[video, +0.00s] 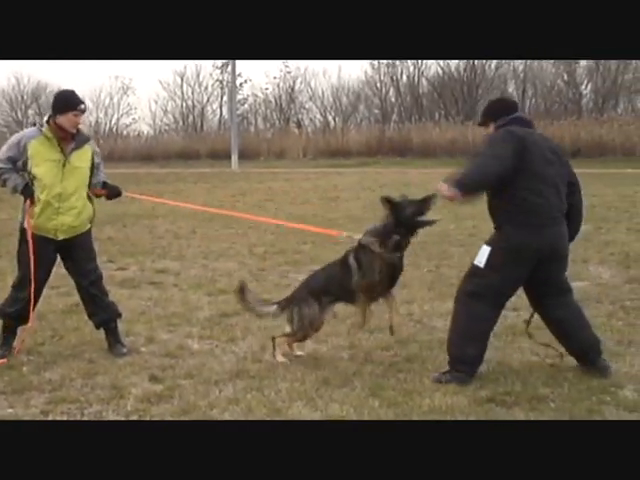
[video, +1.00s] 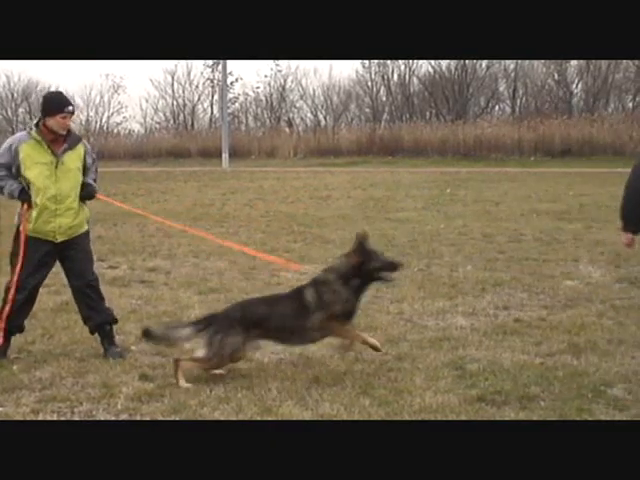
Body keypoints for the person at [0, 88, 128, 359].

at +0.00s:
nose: (79, 119)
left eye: (81, 114)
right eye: (74, 114)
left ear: (80, 116)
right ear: (57, 115)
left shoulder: (87, 145)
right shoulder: (28, 140)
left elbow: (96, 176)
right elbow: (4, 166)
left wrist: (101, 188)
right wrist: (21, 185)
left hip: (77, 229)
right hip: (38, 230)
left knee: (91, 283)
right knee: (28, 286)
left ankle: (113, 335)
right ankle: (7, 335)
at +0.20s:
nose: (78, 117)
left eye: (81, 112)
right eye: (74, 111)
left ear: (80, 114)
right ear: (57, 111)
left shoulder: (89, 143)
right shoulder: (27, 136)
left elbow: (98, 174)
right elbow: (6, 160)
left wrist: (104, 185)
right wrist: (20, 180)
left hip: (76, 225)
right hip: (37, 226)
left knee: (90, 279)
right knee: (25, 282)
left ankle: (110, 333)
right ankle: (6, 333)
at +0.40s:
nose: (73, 116)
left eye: (76, 111)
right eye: (68, 111)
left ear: (77, 113)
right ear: (52, 111)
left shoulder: (83, 142)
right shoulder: (22, 136)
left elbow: (92, 172)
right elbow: (2, 164)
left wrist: (96, 184)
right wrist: (16, 181)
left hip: (74, 227)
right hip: (35, 227)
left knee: (88, 280)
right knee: (22, 284)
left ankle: (107, 334)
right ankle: (2, 329)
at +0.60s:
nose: (60, 119)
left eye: (63, 114)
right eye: (55, 114)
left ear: (64, 116)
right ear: (39, 114)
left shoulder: (70, 145)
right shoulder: (10, 143)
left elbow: (83, 174)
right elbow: (0, 173)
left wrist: (88, 190)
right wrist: (8, 189)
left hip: (67, 227)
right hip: (25, 231)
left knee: (87, 278)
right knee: (16, 288)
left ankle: (106, 336)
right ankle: (4, 345)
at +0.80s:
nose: (62, 121)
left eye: (65, 116)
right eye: (57, 116)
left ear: (66, 118)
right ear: (41, 117)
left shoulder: (77, 147)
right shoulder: (14, 147)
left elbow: (92, 171)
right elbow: (2, 177)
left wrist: (91, 188)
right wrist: (14, 192)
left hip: (73, 231)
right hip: (32, 234)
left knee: (88, 285)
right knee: (19, 289)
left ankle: (109, 342)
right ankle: (4, 343)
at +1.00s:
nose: (67, 121)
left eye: (70, 116)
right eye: (62, 116)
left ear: (72, 117)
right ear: (46, 117)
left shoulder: (80, 146)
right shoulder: (18, 145)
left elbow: (91, 168)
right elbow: (3, 175)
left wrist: (89, 185)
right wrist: (17, 190)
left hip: (74, 230)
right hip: (36, 232)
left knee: (87, 283)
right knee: (22, 288)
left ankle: (108, 341)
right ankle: (4, 340)